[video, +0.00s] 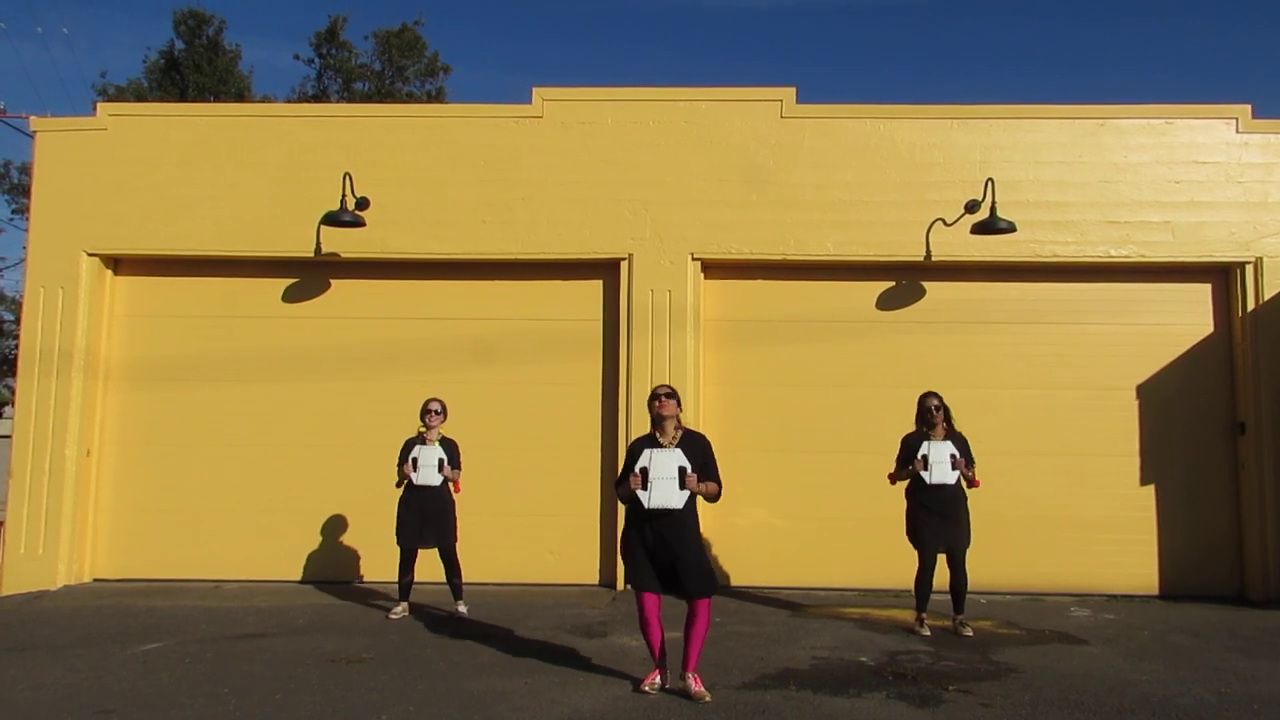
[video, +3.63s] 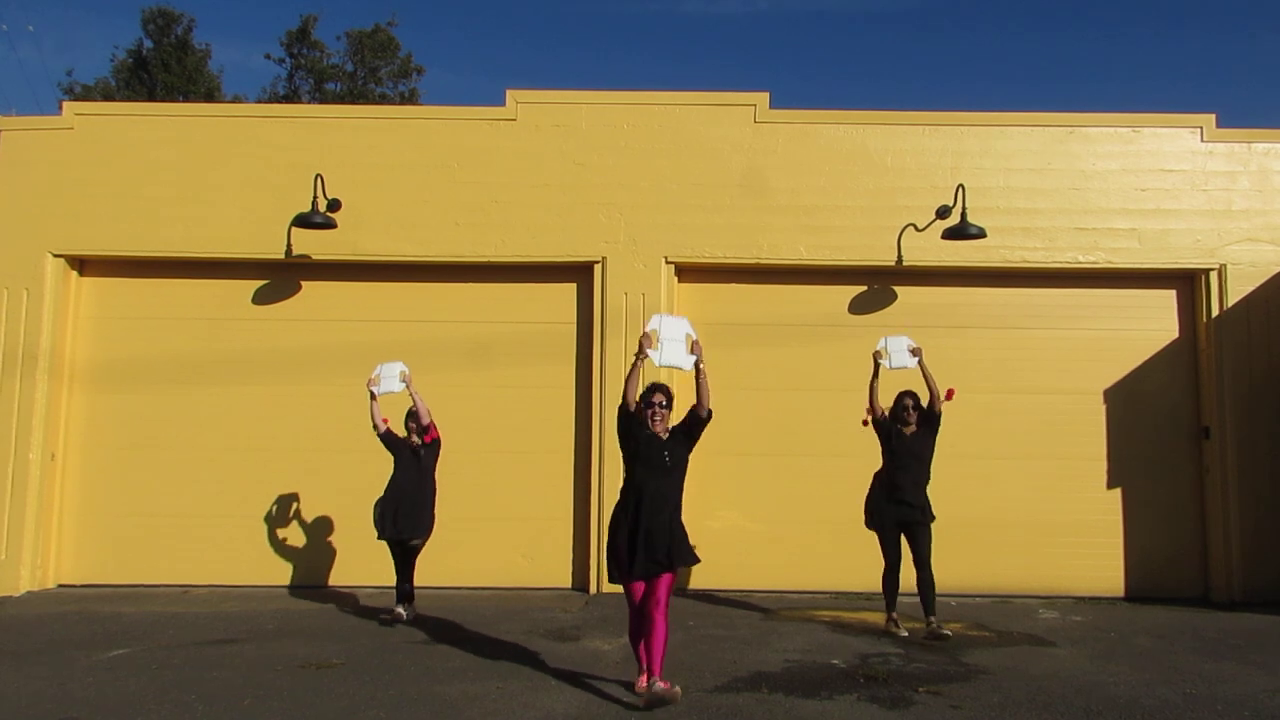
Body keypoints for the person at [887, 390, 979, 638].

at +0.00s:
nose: (934, 413)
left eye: (937, 408)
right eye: (928, 410)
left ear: (944, 410)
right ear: (921, 413)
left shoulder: (958, 440)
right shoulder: (912, 441)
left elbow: (971, 480)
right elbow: (895, 476)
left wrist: (963, 469)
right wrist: (912, 470)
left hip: (954, 511)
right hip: (924, 511)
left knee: (957, 564)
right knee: (927, 563)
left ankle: (959, 618)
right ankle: (921, 618)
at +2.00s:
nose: (915, 410)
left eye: (920, 406)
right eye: (910, 407)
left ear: (925, 409)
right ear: (902, 411)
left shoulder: (939, 437)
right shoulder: (895, 443)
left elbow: (956, 471)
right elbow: (880, 479)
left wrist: (944, 468)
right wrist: (895, 473)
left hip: (933, 514)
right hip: (903, 515)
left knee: (936, 567)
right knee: (905, 566)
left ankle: (941, 620)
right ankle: (902, 619)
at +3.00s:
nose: (908, 413)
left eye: (912, 409)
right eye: (903, 409)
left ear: (918, 413)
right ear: (895, 414)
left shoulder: (927, 444)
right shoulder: (885, 441)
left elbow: (938, 483)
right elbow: (863, 475)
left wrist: (937, 470)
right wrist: (891, 467)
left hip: (923, 514)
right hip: (893, 513)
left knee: (928, 569)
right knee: (898, 567)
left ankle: (931, 621)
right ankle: (894, 621)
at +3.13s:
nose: (906, 401)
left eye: (910, 396)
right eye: (900, 398)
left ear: (916, 400)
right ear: (892, 402)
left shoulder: (924, 427)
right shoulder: (885, 424)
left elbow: (950, 464)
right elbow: (878, 443)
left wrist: (953, 440)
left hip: (919, 501)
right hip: (890, 501)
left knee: (920, 559)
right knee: (893, 558)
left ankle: (927, 615)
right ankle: (891, 616)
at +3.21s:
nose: (904, 402)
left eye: (909, 398)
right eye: (899, 398)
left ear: (915, 403)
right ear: (888, 402)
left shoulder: (921, 431)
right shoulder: (881, 425)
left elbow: (960, 448)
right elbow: (893, 420)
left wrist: (965, 418)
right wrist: (922, 404)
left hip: (919, 502)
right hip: (889, 501)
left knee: (917, 559)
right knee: (893, 559)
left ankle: (921, 614)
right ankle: (892, 614)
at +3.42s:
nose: (909, 401)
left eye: (912, 398)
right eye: (904, 397)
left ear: (917, 403)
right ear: (895, 403)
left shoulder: (924, 428)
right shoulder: (886, 425)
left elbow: (959, 410)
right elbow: (892, 395)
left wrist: (962, 377)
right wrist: (922, 364)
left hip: (919, 503)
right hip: (889, 502)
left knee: (917, 560)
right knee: (892, 559)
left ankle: (921, 615)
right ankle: (891, 613)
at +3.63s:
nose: (908, 411)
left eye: (912, 408)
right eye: (903, 408)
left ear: (919, 411)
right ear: (895, 412)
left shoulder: (928, 432)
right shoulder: (887, 432)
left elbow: (935, 398)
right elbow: (874, 405)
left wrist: (921, 362)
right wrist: (876, 369)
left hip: (916, 504)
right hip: (886, 504)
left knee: (923, 564)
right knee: (892, 562)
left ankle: (931, 621)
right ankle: (891, 618)